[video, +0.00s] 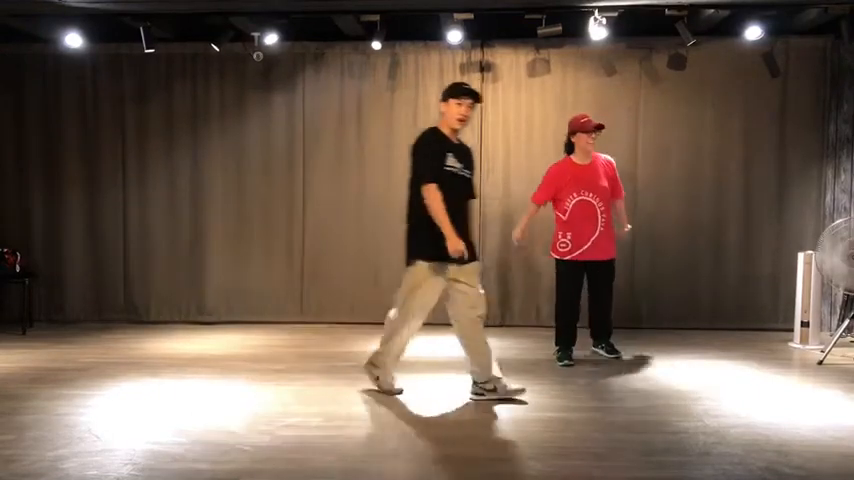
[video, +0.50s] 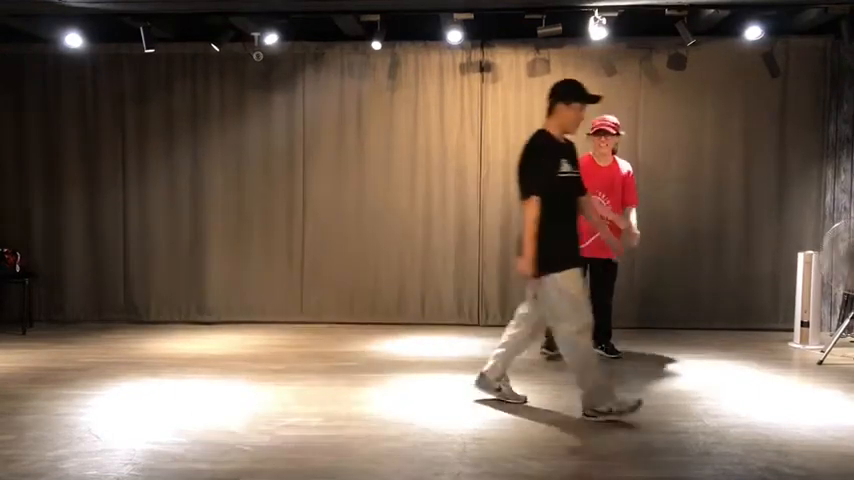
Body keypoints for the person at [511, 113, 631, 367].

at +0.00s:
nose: (592, 137)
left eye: (594, 133)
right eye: (586, 134)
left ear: (596, 137)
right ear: (573, 138)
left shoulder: (606, 164)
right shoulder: (559, 170)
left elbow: (617, 197)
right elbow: (537, 202)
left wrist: (624, 223)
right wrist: (520, 227)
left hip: (602, 249)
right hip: (569, 250)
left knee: (601, 299)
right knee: (567, 302)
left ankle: (601, 341)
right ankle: (564, 347)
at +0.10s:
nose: (594, 137)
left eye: (596, 133)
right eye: (589, 134)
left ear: (600, 137)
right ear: (578, 138)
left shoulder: (612, 166)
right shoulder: (564, 169)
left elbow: (625, 200)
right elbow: (546, 203)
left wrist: (634, 227)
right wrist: (529, 231)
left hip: (604, 248)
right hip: (571, 249)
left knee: (602, 300)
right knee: (569, 301)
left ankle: (601, 340)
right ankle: (565, 347)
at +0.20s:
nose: (599, 139)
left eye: (603, 134)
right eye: (593, 134)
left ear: (609, 138)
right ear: (585, 139)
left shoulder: (618, 168)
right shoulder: (572, 167)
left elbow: (631, 201)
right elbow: (559, 205)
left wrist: (640, 225)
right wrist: (555, 240)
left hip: (606, 248)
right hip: (574, 247)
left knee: (603, 300)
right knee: (571, 300)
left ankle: (602, 341)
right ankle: (565, 345)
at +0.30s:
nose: (602, 140)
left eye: (607, 136)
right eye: (598, 135)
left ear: (614, 140)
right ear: (590, 139)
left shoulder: (622, 169)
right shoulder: (577, 166)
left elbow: (630, 199)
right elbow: (572, 203)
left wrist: (638, 219)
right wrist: (580, 232)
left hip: (606, 246)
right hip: (577, 245)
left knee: (603, 298)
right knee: (572, 297)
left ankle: (602, 340)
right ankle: (564, 343)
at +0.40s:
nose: (604, 140)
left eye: (609, 136)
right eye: (600, 135)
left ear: (616, 140)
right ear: (592, 138)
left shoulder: (624, 169)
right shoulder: (579, 166)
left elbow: (630, 201)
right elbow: (580, 200)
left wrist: (633, 221)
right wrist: (607, 225)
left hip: (607, 246)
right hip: (576, 245)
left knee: (603, 298)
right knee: (572, 298)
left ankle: (602, 340)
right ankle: (564, 342)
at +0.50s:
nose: (602, 141)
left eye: (608, 136)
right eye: (598, 136)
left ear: (616, 140)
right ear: (591, 139)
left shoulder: (623, 169)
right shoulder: (581, 164)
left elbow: (629, 203)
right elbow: (574, 197)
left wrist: (632, 225)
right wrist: (609, 217)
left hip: (606, 242)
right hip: (577, 239)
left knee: (603, 296)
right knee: (565, 291)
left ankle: (603, 339)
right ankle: (552, 338)